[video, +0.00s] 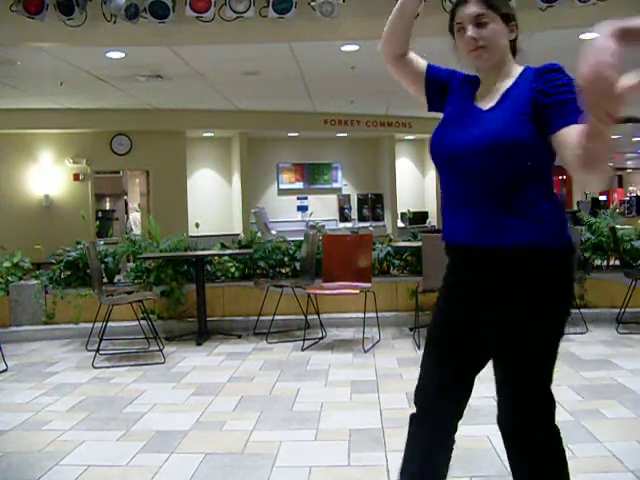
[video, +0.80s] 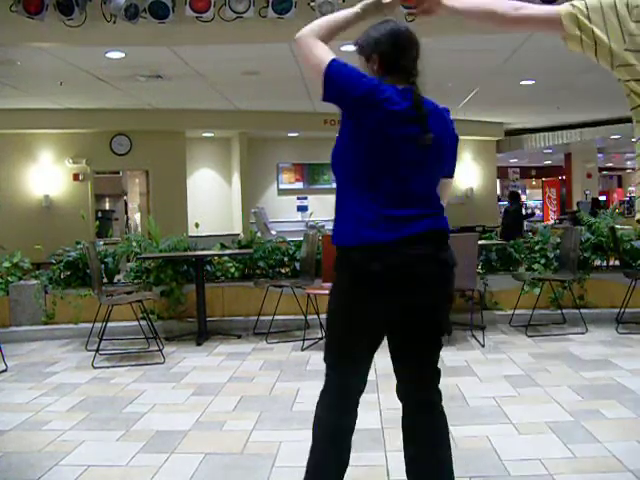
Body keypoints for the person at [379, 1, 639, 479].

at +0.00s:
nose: (471, 34)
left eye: (481, 21)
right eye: (461, 27)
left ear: (510, 28)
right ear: (457, 41)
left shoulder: (543, 81)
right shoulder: (456, 90)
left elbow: (588, 170)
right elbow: (395, 54)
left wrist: (601, 111)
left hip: (534, 269)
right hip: (467, 268)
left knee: (524, 415)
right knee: (433, 409)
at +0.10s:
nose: (452, 35)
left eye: (464, 23)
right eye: (446, 28)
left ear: (496, 29)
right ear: (442, 37)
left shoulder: (525, 88)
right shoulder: (445, 91)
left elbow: (557, 177)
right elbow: (394, 67)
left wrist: (526, 139)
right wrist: (393, 2)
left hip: (515, 262)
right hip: (456, 262)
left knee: (512, 405)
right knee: (431, 398)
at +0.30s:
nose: (413, 35)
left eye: (426, 26)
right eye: (414, 25)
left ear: (457, 39)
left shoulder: (474, 91)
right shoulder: (431, 96)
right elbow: (392, 103)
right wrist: (355, 56)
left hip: (468, 264)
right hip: (428, 264)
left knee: (464, 394)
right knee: (421, 400)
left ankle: (529, 479)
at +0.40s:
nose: (397, 62)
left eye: (405, 53)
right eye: (397, 53)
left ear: (436, 55)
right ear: (431, 57)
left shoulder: (454, 98)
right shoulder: (431, 105)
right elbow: (399, 139)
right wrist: (344, 95)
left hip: (443, 274)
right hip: (421, 272)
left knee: (415, 412)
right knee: (415, 408)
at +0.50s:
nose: (382, 72)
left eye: (388, 63)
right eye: (384, 64)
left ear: (414, 62)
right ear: (420, 64)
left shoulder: (434, 102)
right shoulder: (434, 112)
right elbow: (402, 161)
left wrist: (353, 28)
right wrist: (348, 137)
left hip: (418, 279)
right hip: (438, 276)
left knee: (373, 404)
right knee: (411, 397)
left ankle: (439, 475)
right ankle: (438, 474)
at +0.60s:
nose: (374, 67)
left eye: (379, 58)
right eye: (375, 60)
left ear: (401, 60)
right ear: (416, 60)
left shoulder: (407, 94)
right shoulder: (439, 107)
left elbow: (327, 49)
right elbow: (397, 153)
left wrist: (348, 5)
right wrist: (349, 165)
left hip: (399, 271)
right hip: (441, 268)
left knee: (354, 390)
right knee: (418, 395)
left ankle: (376, 478)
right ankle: (435, 478)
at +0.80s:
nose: (356, 66)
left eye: (360, 58)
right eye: (358, 58)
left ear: (374, 61)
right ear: (412, 62)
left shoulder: (364, 96)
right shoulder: (441, 119)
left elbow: (305, 39)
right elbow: (444, 188)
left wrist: (362, 8)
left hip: (366, 260)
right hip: (427, 259)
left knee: (341, 389)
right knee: (422, 391)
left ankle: (322, 474)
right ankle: (433, 476)